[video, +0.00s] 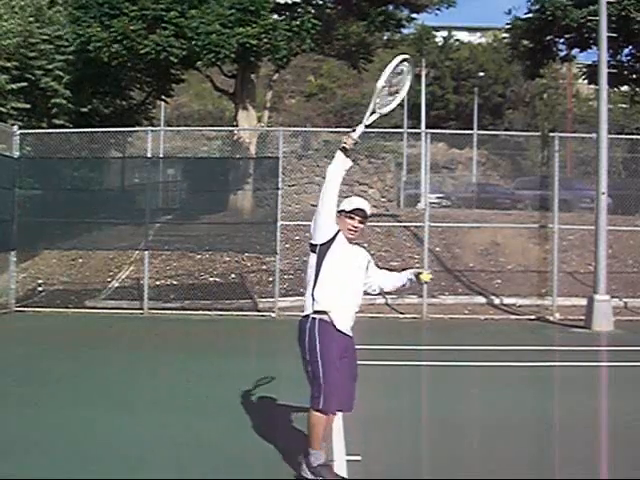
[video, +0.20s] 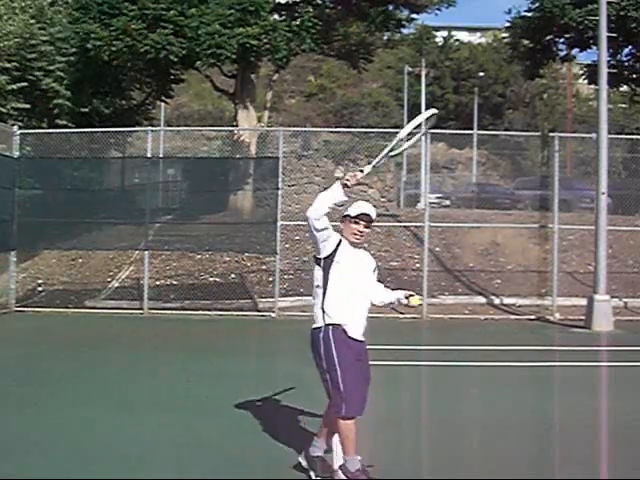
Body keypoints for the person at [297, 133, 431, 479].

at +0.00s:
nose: (355, 223)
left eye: (361, 218)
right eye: (350, 216)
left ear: (366, 223)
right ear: (338, 217)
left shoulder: (362, 258)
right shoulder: (327, 239)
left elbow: (379, 282)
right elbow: (327, 198)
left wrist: (409, 277)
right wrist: (343, 155)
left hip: (343, 330)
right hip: (319, 324)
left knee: (336, 398)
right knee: (324, 395)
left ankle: (318, 458)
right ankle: (315, 462)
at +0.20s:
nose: (360, 229)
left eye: (366, 225)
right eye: (355, 222)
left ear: (370, 230)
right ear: (342, 222)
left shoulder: (367, 261)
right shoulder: (330, 244)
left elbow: (373, 293)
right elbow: (315, 214)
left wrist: (398, 297)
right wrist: (342, 186)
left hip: (354, 335)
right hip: (330, 331)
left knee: (349, 396)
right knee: (346, 397)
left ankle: (315, 451)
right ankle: (351, 465)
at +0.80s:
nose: (348, 232)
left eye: (355, 228)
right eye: (344, 226)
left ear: (362, 234)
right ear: (335, 227)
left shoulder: (365, 262)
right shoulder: (315, 250)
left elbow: (373, 296)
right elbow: (280, 269)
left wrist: (369, 318)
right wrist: (294, 290)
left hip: (344, 338)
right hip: (316, 335)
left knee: (338, 396)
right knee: (319, 396)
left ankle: (321, 452)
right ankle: (306, 458)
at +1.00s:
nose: (338, 231)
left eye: (344, 227)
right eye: (333, 225)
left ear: (351, 232)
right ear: (325, 226)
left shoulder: (357, 262)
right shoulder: (306, 247)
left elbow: (367, 293)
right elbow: (264, 251)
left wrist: (364, 313)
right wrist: (274, 240)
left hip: (337, 338)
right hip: (307, 333)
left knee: (332, 396)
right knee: (301, 395)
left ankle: (321, 452)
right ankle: (284, 453)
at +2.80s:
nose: (316, 226)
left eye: (323, 224)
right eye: (313, 221)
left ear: (331, 231)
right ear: (304, 224)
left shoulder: (336, 257)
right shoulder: (289, 245)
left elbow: (363, 277)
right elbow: (254, 246)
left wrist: (355, 251)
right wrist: (269, 218)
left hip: (319, 337)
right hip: (289, 332)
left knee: (311, 398)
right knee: (288, 395)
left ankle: (301, 457)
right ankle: (283, 459)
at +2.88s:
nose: (317, 227)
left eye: (324, 225)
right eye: (314, 221)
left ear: (332, 233)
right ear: (305, 224)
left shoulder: (336, 257)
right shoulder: (288, 247)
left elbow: (362, 258)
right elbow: (253, 260)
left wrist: (358, 234)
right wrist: (270, 239)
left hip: (319, 336)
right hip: (288, 332)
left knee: (311, 398)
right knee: (287, 395)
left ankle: (301, 456)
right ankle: (282, 457)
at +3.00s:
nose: (321, 227)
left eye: (327, 224)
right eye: (318, 221)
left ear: (333, 229)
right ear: (308, 223)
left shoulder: (334, 255)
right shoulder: (288, 249)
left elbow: (357, 244)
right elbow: (254, 274)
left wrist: (355, 213)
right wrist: (276, 257)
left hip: (318, 335)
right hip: (288, 333)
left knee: (311, 398)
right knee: (286, 396)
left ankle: (301, 456)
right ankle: (282, 458)